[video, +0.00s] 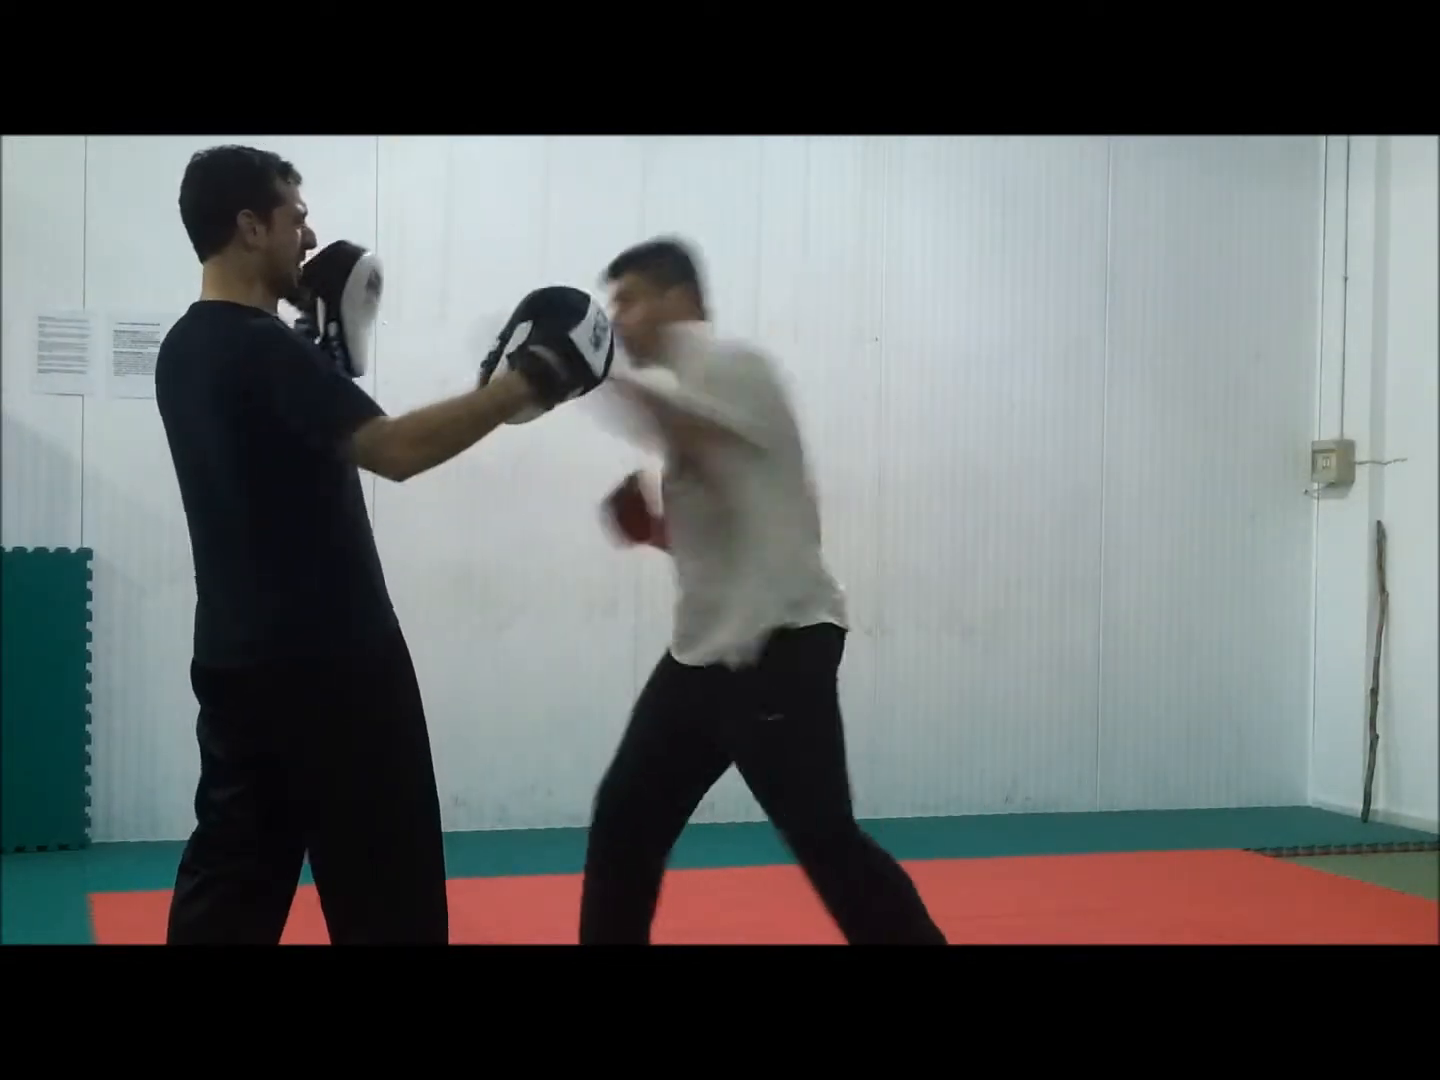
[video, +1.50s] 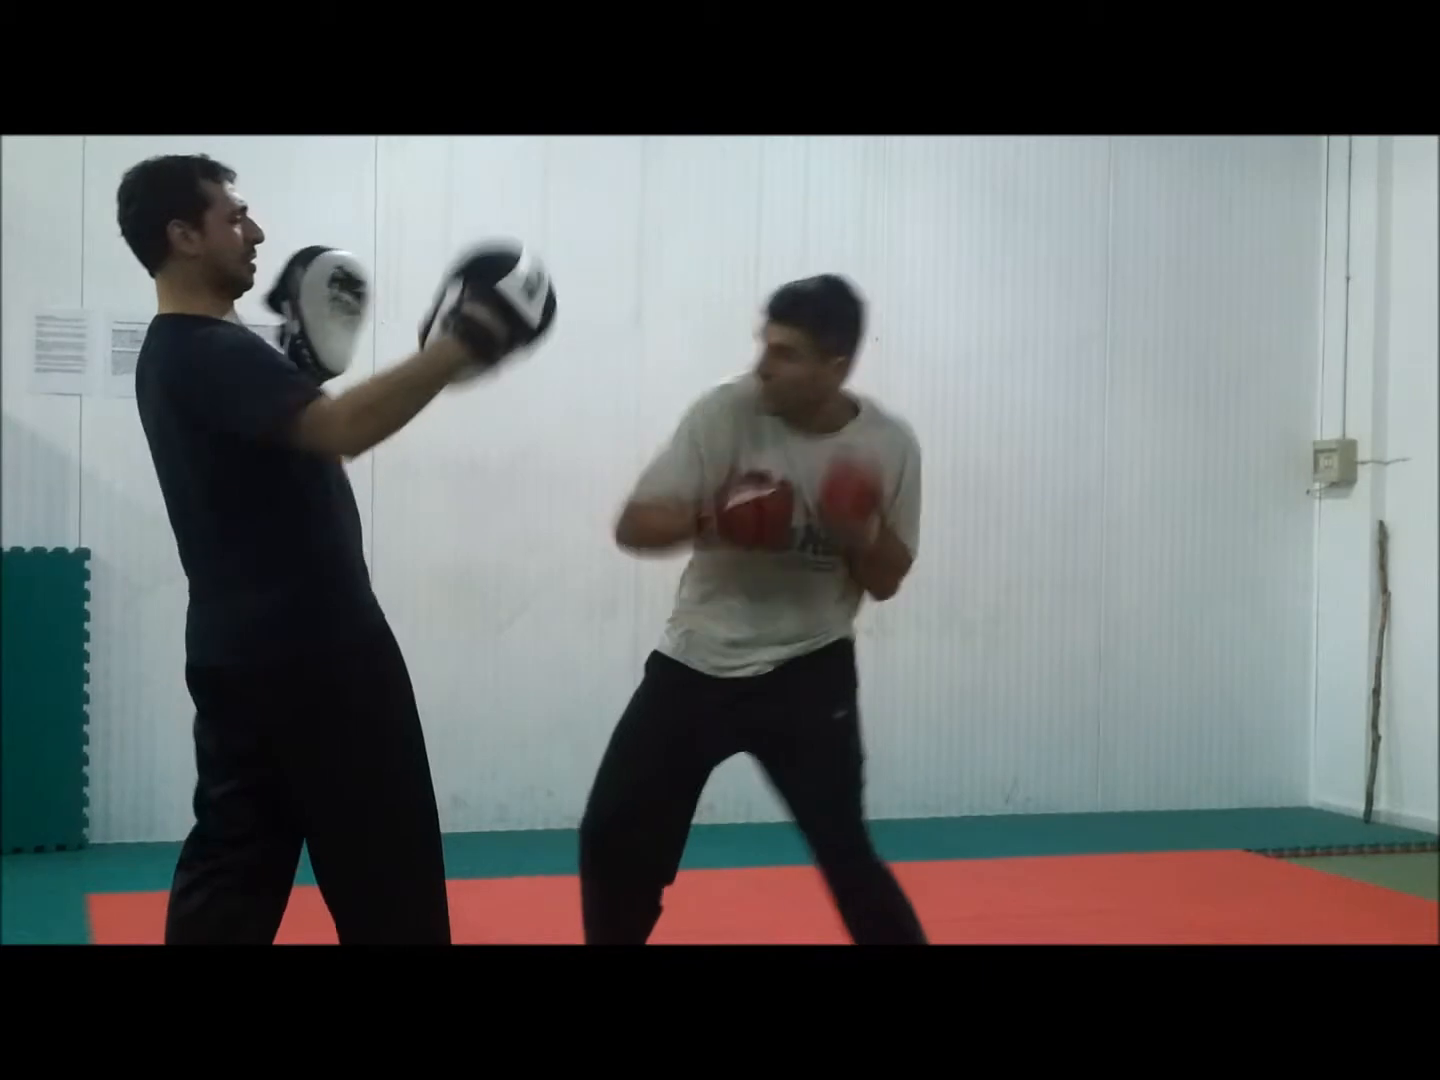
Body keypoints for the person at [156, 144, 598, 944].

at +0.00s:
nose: (310, 235)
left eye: (305, 216)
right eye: (297, 215)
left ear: (228, 230)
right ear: (250, 225)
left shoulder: (185, 348)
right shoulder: (265, 344)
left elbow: (290, 453)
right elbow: (392, 449)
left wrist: (329, 339)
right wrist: (511, 394)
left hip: (238, 659)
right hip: (336, 660)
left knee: (229, 883)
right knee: (390, 888)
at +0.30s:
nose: (299, 241)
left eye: (295, 222)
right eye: (287, 219)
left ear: (215, 231)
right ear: (240, 224)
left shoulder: (162, 351)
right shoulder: (268, 338)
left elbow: (261, 434)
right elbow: (421, 366)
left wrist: (295, 324)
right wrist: (526, 292)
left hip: (225, 656)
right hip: (332, 653)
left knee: (221, 888)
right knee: (390, 888)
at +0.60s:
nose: (311, 238)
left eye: (310, 220)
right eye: (302, 217)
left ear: (222, 227)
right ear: (255, 221)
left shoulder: (180, 345)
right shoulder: (277, 334)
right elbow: (423, 338)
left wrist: (300, 322)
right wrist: (508, 231)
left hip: (230, 654)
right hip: (332, 652)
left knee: (226, 886)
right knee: (386, 893)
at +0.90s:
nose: (305, 233)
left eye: (302, 215)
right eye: (293, 215)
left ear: (224, 230)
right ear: (245, 225)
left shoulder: (193, 343)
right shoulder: (258, 344)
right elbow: (380, 435)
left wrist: (290, 323)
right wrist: (499, 366)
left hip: (241, 659)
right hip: (333, 659)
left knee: (233, 880)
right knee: (390, 888)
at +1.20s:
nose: (273, 228)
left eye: (266, 211)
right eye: (257, 211)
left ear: (197, 236)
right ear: (213, 227)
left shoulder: (160, 353)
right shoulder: (252, 343)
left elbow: (249, 458)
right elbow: (385, 434)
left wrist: (287, 345)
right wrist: (498, 365)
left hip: (223, 653)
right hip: (331, 649)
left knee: (221, 879)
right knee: (391, 882)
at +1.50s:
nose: (255, 230)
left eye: (245, 216)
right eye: (235, 217)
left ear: (182, 241)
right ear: (182, 236)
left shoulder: (173, 349)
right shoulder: (210, 347)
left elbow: (246, 469)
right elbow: (335, 431)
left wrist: (305, 361)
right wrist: (453, 351)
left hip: (242, 657)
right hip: (322, 655)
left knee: (231, 873)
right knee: (392, 878)